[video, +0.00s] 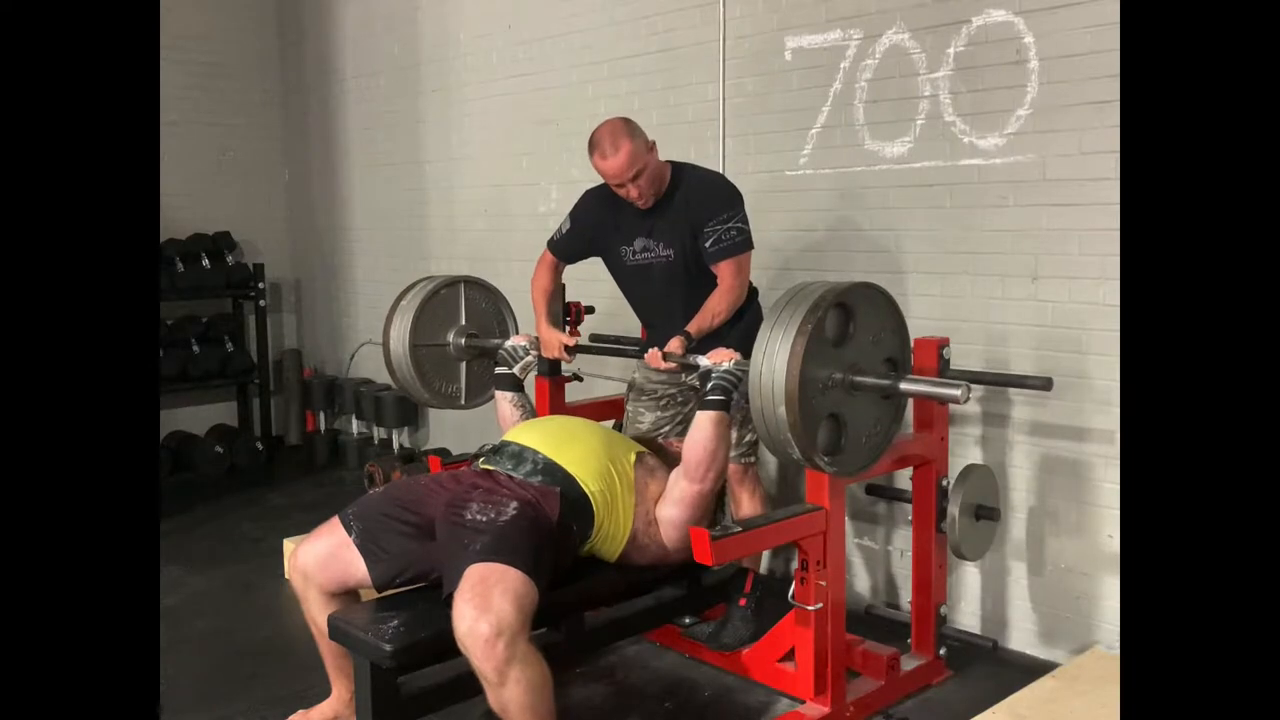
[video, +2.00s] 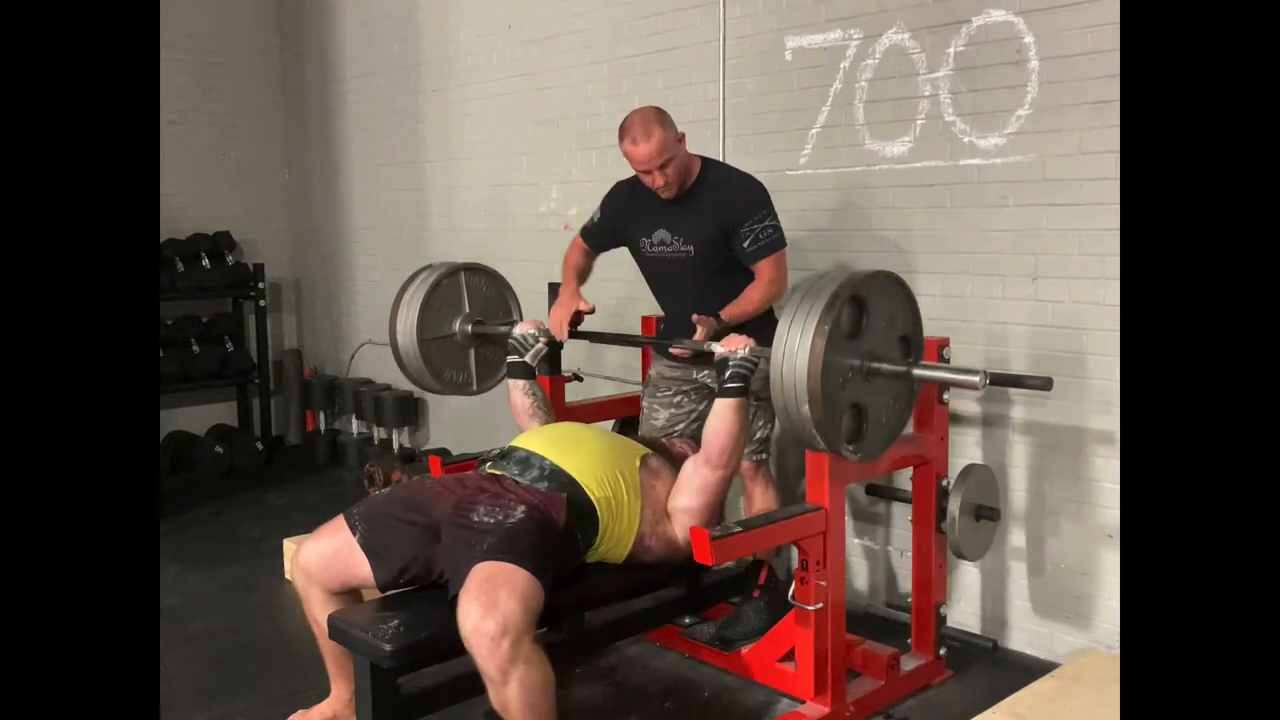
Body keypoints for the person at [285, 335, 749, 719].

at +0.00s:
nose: (672, 433)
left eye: (680, 435)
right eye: (670, 430)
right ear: (655, 435)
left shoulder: (662, 524)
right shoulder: (586, 449)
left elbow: (700, 471)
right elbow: (515, 446)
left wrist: (720, 386)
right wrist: (508, 375)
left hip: (524, 504)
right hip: (454, 480)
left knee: (487, 629)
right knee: (308, 561)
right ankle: (343, 698)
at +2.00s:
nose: (677, 438)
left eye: (689, 440)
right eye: (675, 432)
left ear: (699, 463)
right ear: (659, 437)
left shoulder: (674, 515)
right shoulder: (586, 448)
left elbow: (718, 459)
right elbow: (532, 435)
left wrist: (735, 376)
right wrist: (523, 362)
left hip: (529, 507)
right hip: (461, 483)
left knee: (493, 626)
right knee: (311, 563)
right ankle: (343, 698)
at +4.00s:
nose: (620, 384)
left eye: (637, 383)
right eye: (620, 378)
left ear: (667, 411)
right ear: (614, 388)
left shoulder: (674, 460)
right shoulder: (568, 433)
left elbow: (610, 448)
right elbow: (490, 438)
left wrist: (553, 398)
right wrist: (456, 389)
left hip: (535, 552)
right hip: (461, 518)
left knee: (435, 483)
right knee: (319, 480)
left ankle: (257, 645)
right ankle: (170, 590)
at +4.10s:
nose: (587, 359)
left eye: (604, 356)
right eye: (586, 350)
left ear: (634, 379)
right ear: (576, 357)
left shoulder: (640, 431)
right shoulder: (544, 406)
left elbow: (581, 452)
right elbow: (467, 429)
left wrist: (504, 424)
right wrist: (405, 406)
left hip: (524, 542)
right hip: (449, 512)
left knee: (398, 532)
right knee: (289, 516)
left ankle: (274, 710)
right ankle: (171, 682)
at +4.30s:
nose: (506, 325)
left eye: (525, 315)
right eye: (505, 314)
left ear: (569, 333)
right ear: (497, 321)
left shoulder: (579, 386)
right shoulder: (482, 376)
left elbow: (533, 452)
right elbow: (410, 411)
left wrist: (428, 473)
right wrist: (339, 435)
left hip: (507, 532)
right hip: (426, 514)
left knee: (374, 578)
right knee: (260, 546)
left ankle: (334, 714)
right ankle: (222, 710)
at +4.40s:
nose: (465, 321)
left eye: (484, 309)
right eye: (463, 309)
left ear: (530, 318)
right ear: (457, 311)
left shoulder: (550, 378)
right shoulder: (453, 363)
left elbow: (505, 456)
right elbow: (378, 412)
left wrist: (396, 492)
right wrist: (310, 449)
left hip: (491, 538)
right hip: (410, 520)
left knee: (367, 597)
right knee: (251, 558)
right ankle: (248, 711)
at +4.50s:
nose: (423, 322)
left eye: (442, 307)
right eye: (422, 307)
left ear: (492, 310)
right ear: (418, 307)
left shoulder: (518, 369)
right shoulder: (418, 358)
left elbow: (474, 463)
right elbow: (341, 414)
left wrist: (369, 501)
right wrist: (268, 457)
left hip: (482, 542)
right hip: (398, 527)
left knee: (361, 611)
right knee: (246, 569)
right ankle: (273, 714)